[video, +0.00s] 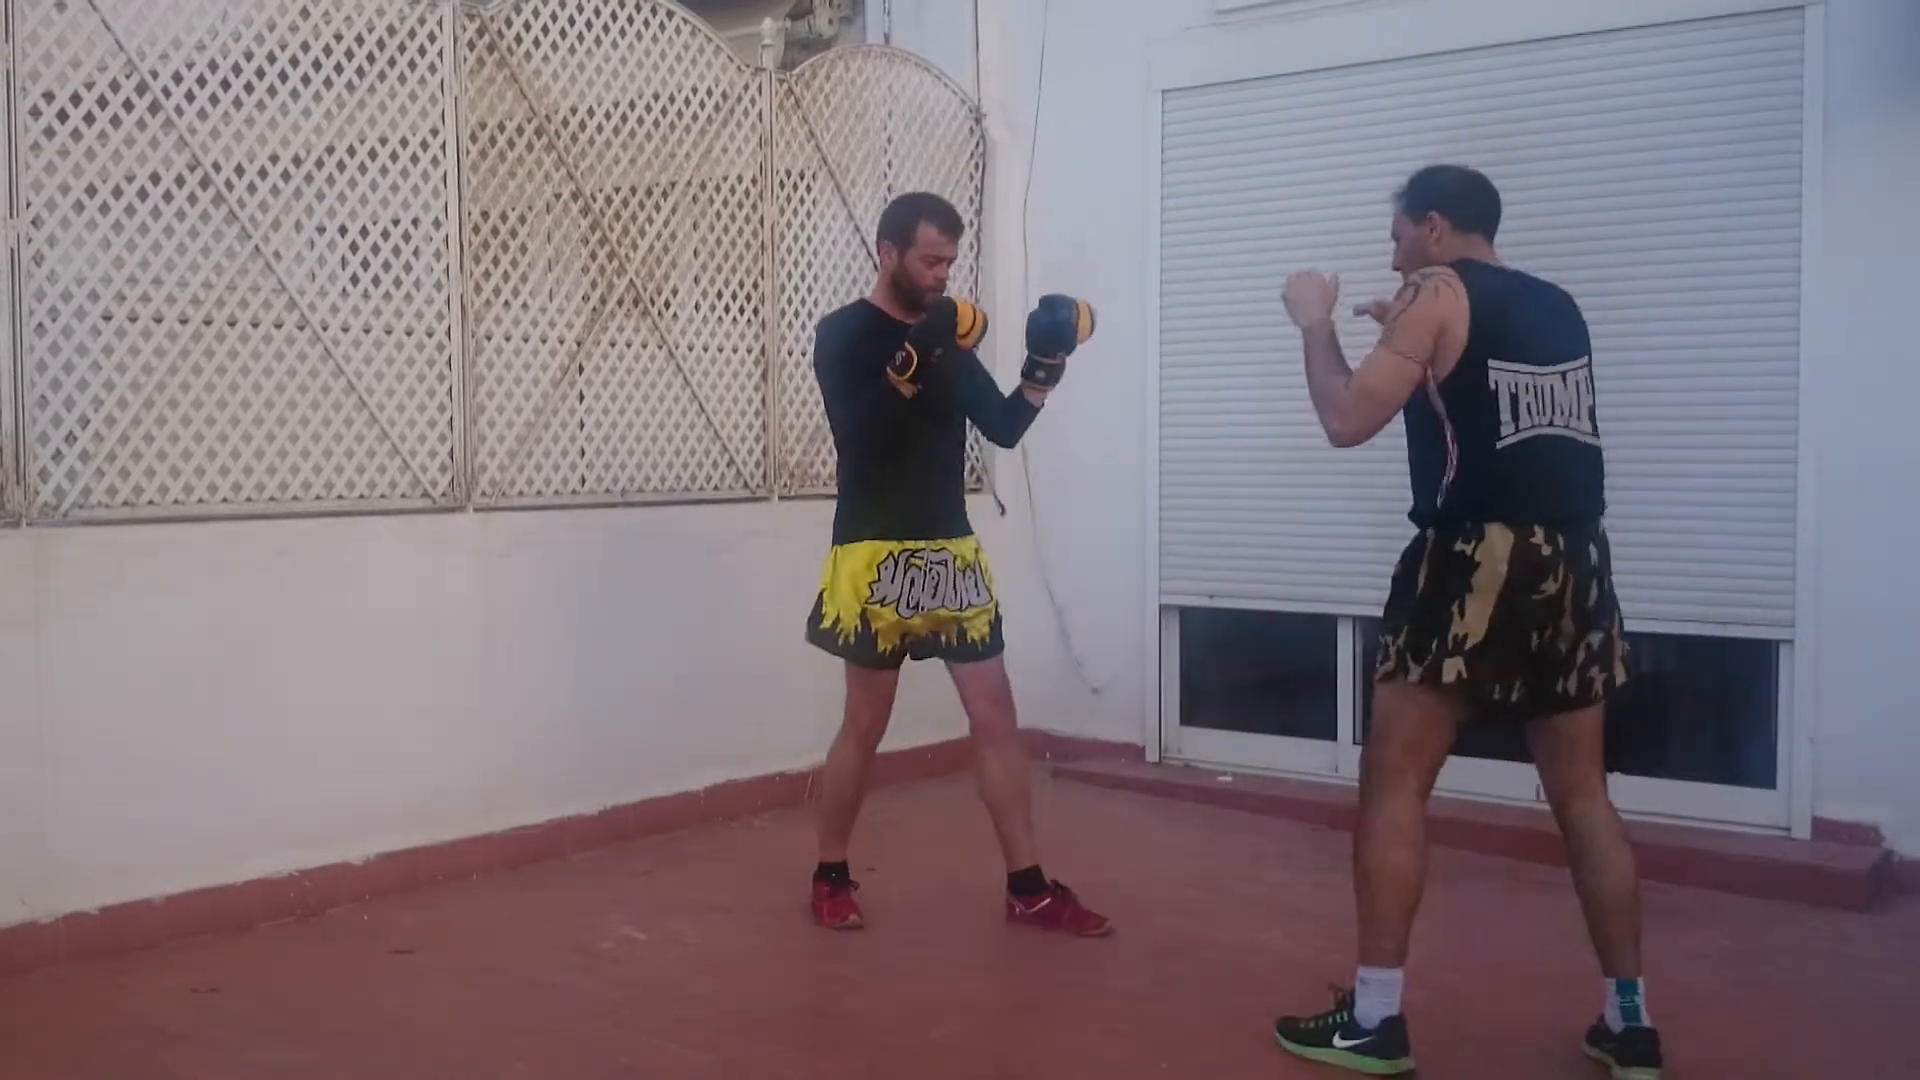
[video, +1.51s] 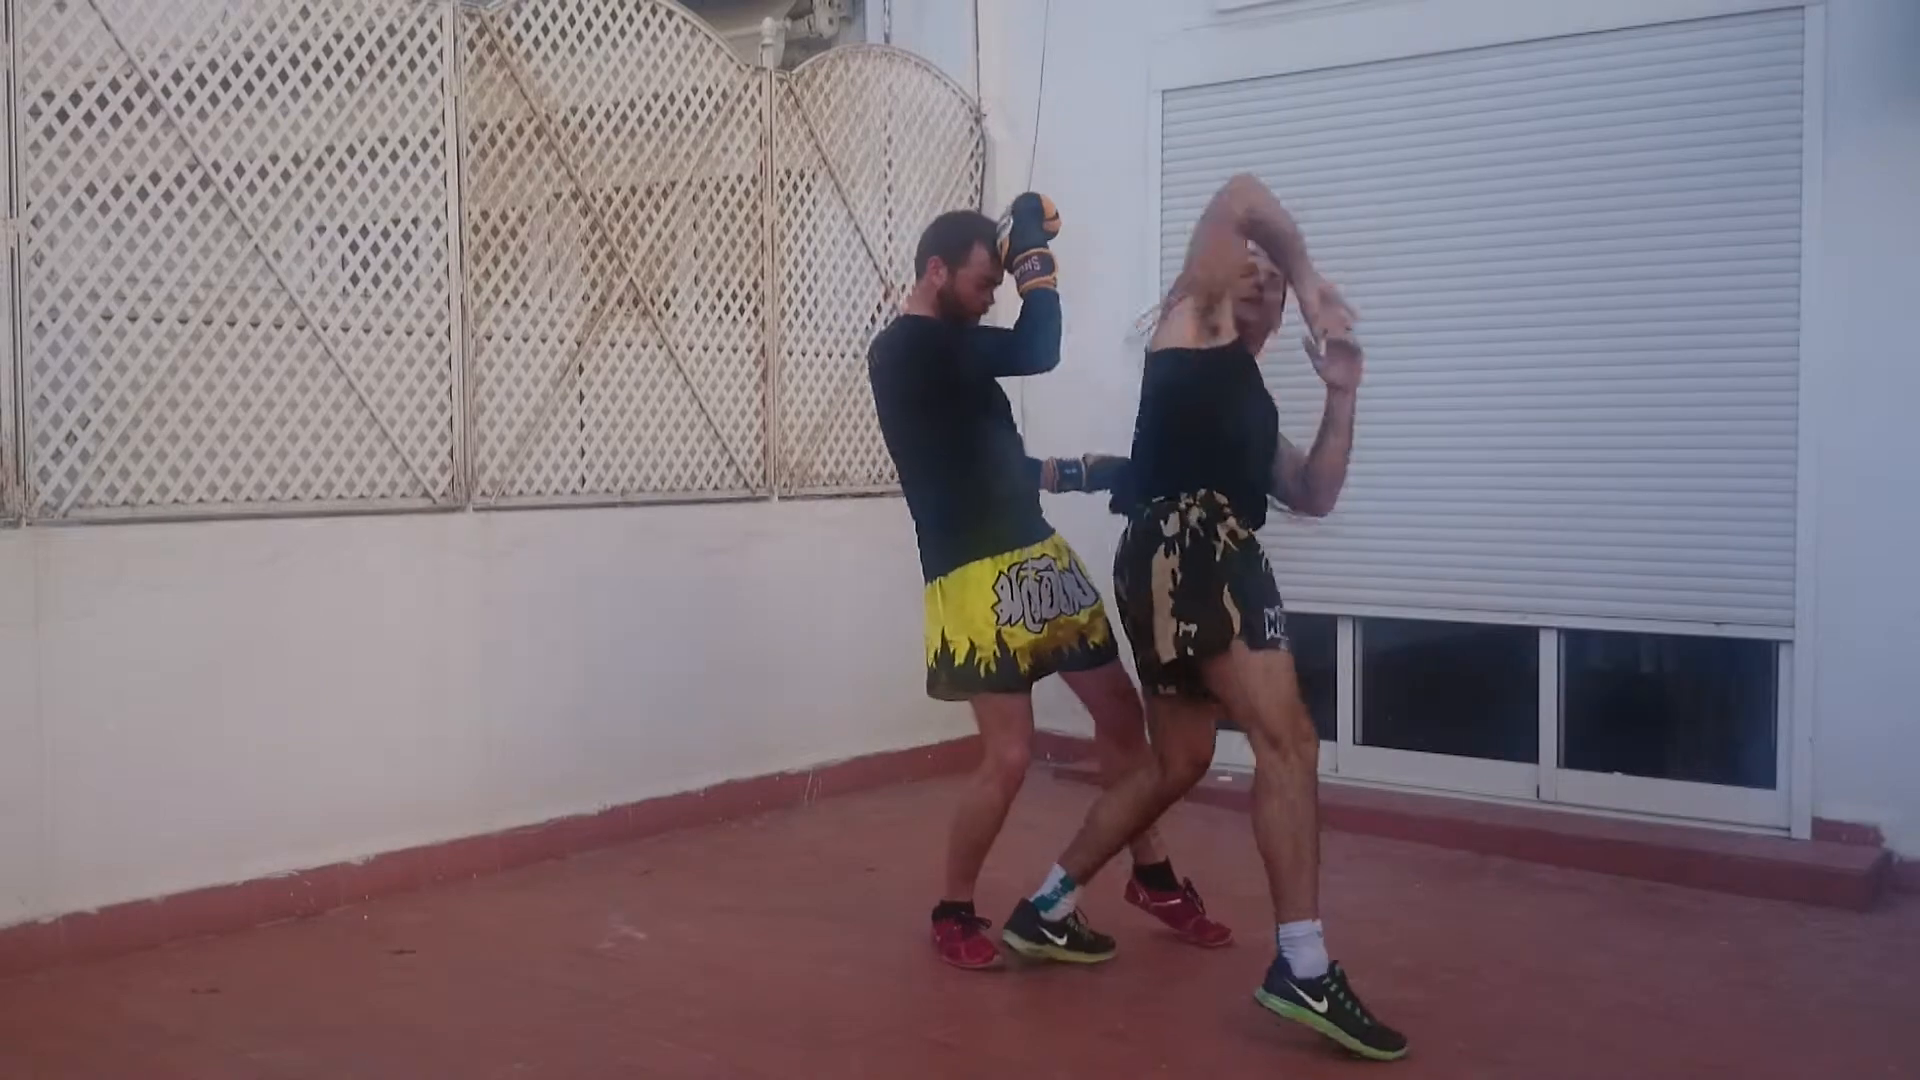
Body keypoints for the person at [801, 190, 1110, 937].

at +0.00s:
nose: (943, 274)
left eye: (950, 262)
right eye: (931, 261)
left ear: (955, 262)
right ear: (887, 254)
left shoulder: (944, 339)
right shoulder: (843, 333)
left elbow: (1003, 427)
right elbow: (856, 433)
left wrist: (1043, 368)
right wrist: (921, 351)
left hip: (952, 543)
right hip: (874, 546)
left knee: (994, 712)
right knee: (864, 722)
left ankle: (1028, 884)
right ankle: (830, 876)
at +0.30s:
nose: (959, 272)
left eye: (967, 260)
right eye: (947, 258)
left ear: (968, 261)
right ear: (904, 251)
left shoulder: (953, 337)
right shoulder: (864, 326)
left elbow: (1018, 416)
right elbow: (869, 430)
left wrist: (1061, 349)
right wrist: (946, 346)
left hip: (952, 541)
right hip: (876, 546)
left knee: (994, 708)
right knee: (872, 727)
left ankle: (1031, 879)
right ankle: (835, 872)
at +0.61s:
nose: (965, 284)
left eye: (971, 272)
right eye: (952, 271)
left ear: (972, 273)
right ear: (907, 269)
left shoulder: (974, 348)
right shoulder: (866, 345)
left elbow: (1060, 374)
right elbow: (807, 451)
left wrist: (1098, 312)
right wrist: (849, 381)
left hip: (971, 555)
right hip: (904, 562)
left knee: (1003, 718)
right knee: (967, 730)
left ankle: (917, 814)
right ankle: (950, 908)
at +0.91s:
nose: (945, 266)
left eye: (950, 254)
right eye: (934, 252)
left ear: (943, 254)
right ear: (887, 249)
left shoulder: (943, 330)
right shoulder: (848, 343)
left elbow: (983, 417)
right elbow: (859, 431)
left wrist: (1034, 435)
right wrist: (904, 337)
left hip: (1028, 530)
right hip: (947, 553)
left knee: (1116, 685)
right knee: (968, 742)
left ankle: (1218, 833)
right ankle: (947, 911)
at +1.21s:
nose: (949, 287)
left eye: (952, 275)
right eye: (937, 273)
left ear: (935, 272)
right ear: (889, 270)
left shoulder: (950, 344)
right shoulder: (867, 367)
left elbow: (1013, 397)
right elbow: (961, 405)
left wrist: (1112, 391)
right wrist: (986, 300)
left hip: (1034, 545)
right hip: (961, 571)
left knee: (1114, 703)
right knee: (991, 755)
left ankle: (1151, 863)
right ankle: (952, 910)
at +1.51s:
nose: (995, 294)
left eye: (996, 280)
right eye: (986, 278)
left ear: (947, 273)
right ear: (940, 268)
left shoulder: (953, 347)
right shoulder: (910, 344)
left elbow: (998, 468)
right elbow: (1036, 350)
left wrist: (1094, 472)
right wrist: (1035, 266)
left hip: (1036, 552)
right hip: (973, 570)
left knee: (1120, 712)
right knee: (1008, 754)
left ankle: (1153, 872)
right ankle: (954, 913)